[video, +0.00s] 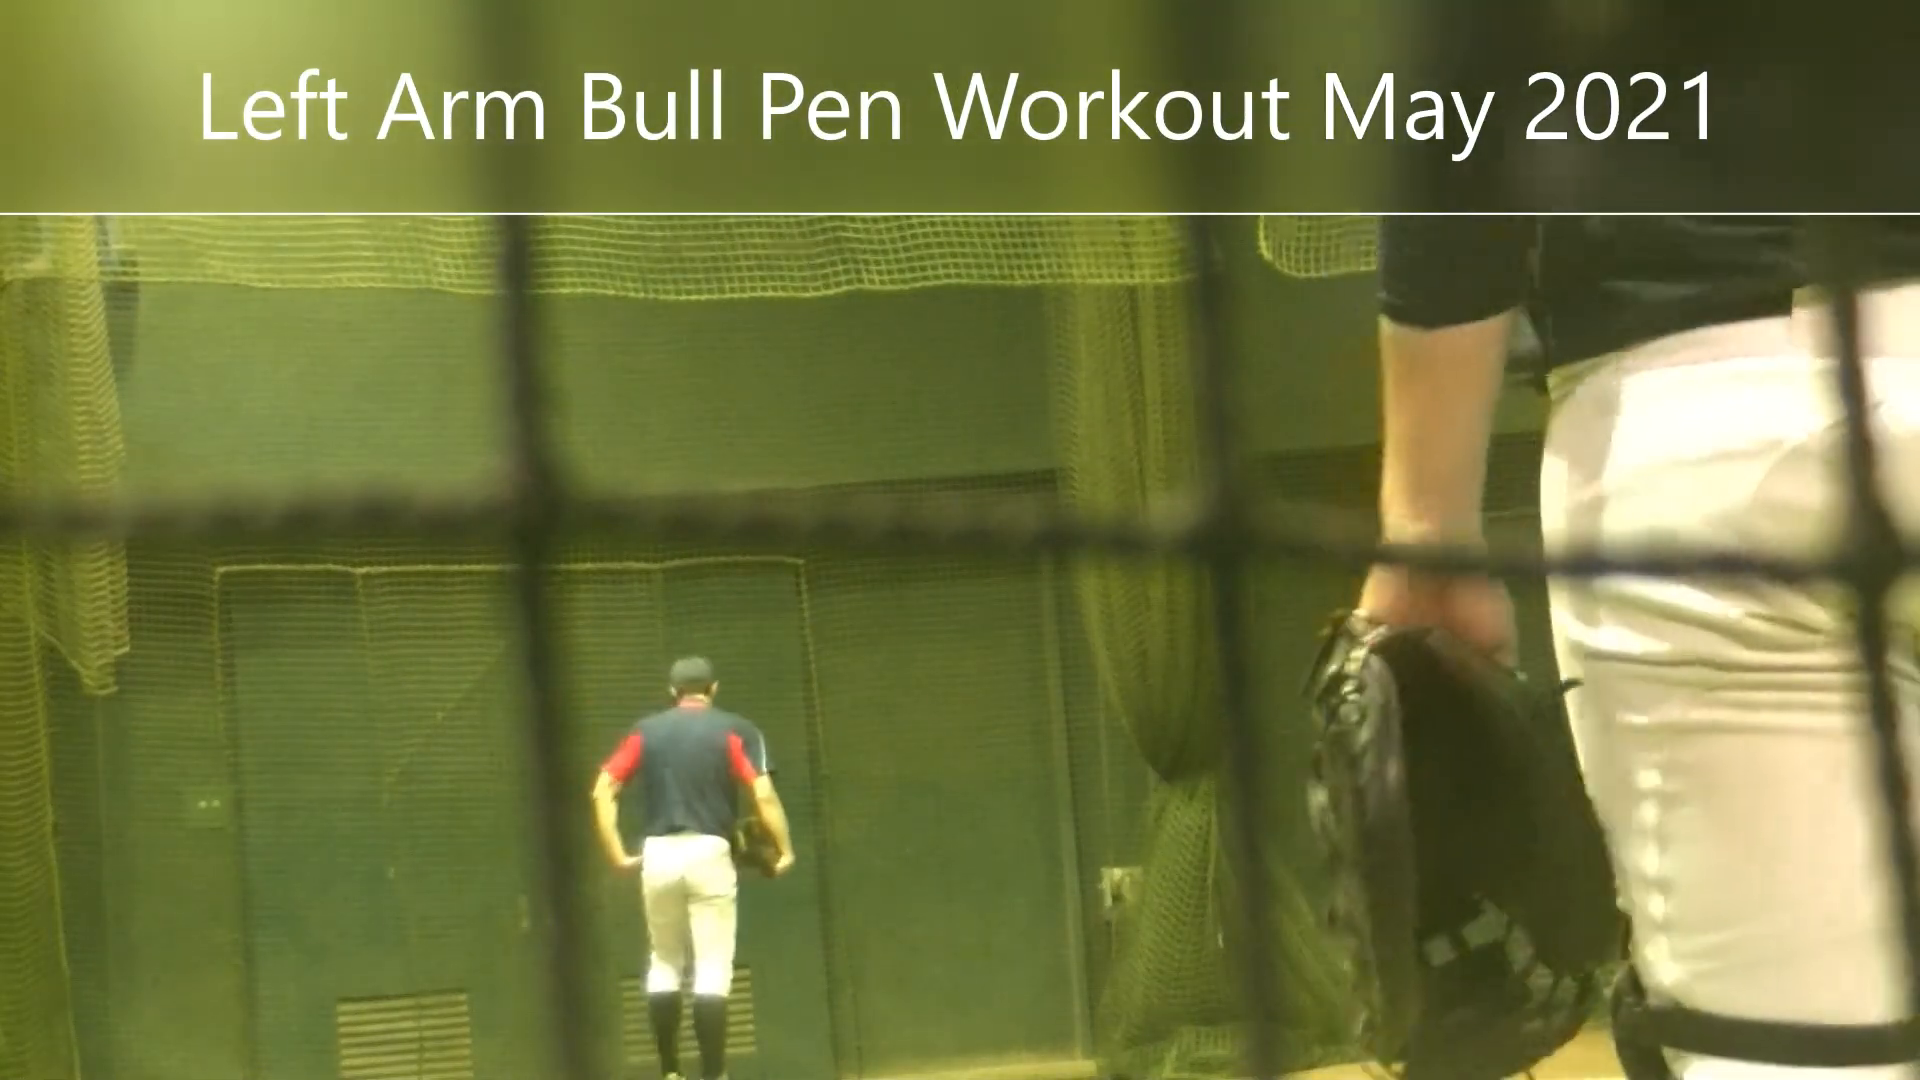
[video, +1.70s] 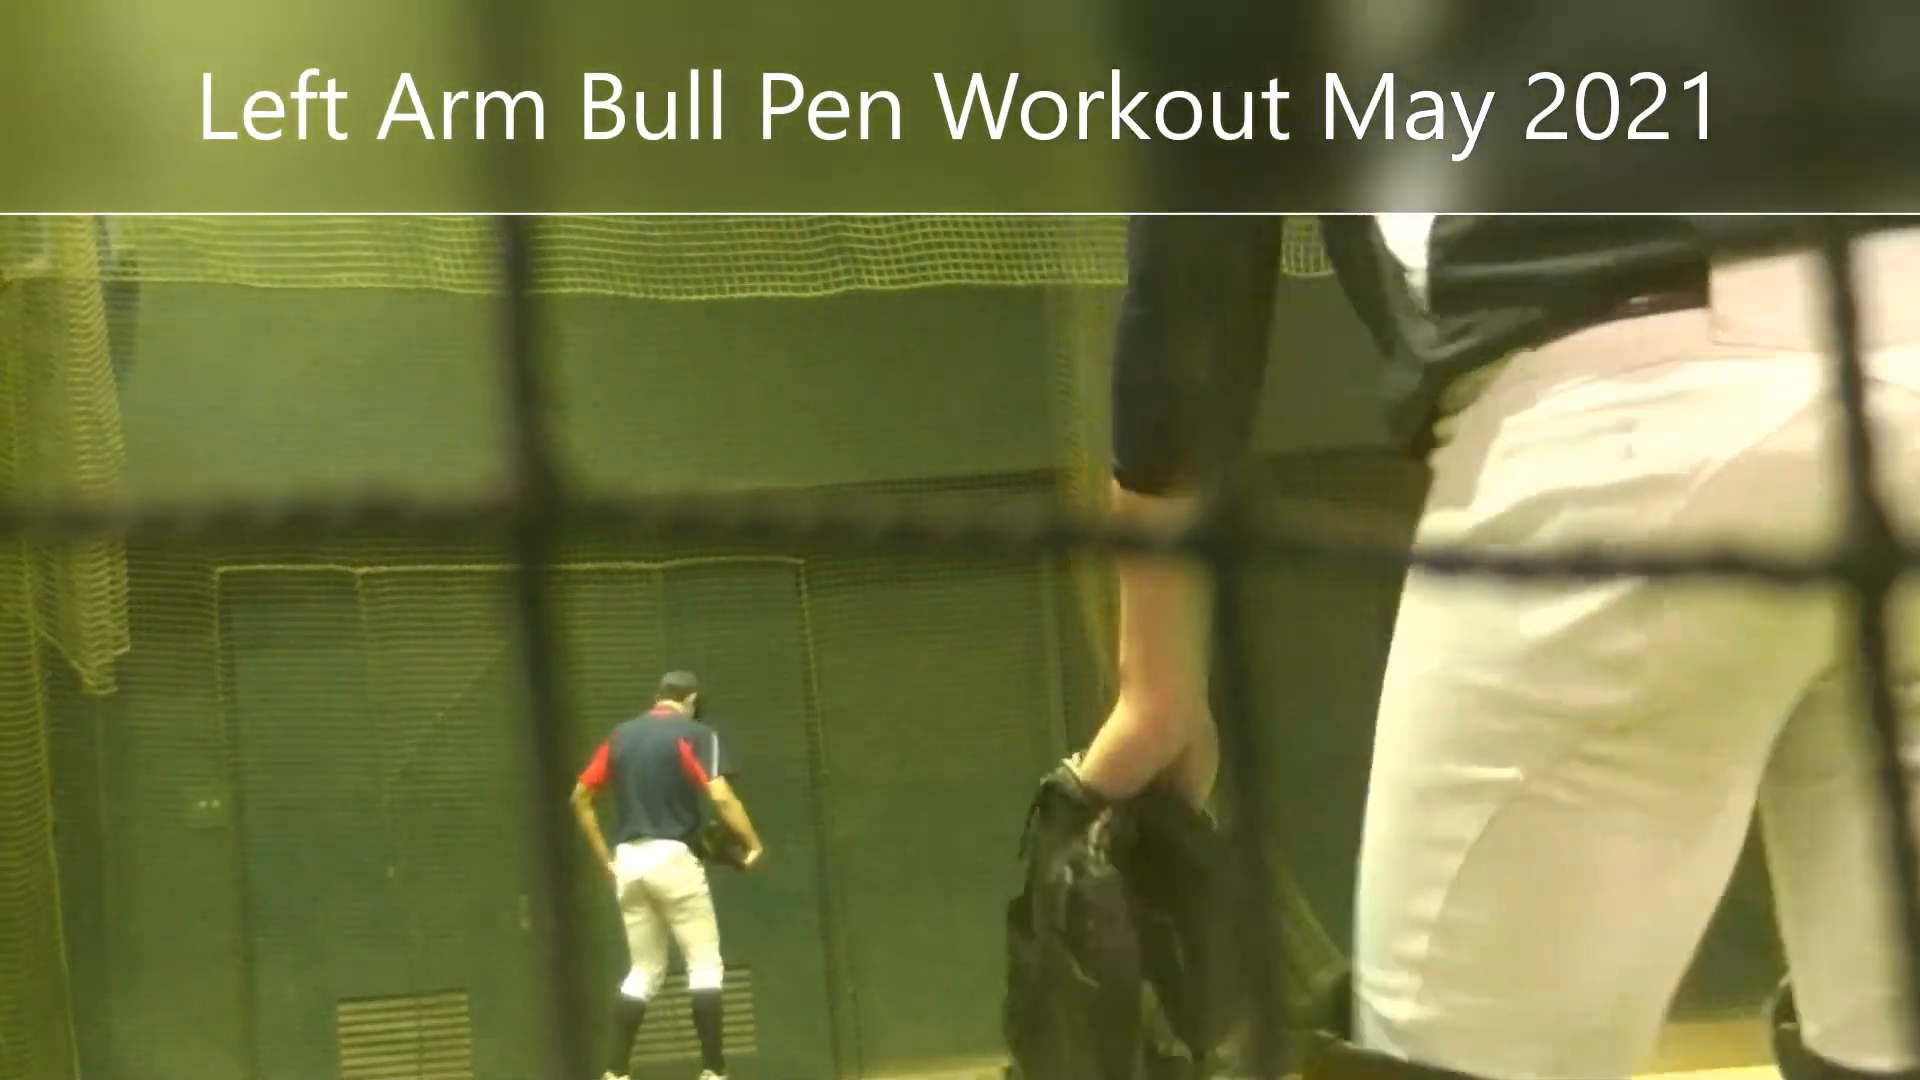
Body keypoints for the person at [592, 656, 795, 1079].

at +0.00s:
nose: (702, 695)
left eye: (684, 689)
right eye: (709, 688)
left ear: (673, 692)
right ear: (713, 690)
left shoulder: (647, 730)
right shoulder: (734, 731)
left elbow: (603, 789)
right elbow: (764, 796)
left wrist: (617, 856)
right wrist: (784, 850)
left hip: (659, 856)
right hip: (710, 856)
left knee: (664, 958)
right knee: (713, 963)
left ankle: (669, 1069)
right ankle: (713, 1072)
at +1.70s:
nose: (696, 709)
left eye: (695, 704)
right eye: (696, 704)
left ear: (657, 699)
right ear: (690, 700)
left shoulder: (621, 735)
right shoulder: (695, 733)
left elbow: (580, 797)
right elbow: (719, 795)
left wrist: (605, 859)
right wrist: (753, 842)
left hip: (627, 860)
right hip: (673, 859)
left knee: (644, 967)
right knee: (704, 960)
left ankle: (616, 1070)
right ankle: (713, 1068)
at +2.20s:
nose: (655, 720)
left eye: (659, 713)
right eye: (658, 711)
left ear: (635, 695)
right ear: (644, 697)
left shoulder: (595, 731)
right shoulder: (622, 733)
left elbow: (607, 802)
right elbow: (614, 804)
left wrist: (654, 825)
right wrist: (658, 847)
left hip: (585, 858)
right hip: (614, 858)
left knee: (614, 969)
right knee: (655, 959)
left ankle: (606, 1071)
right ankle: (644, 1066)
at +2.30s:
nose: (651, 718)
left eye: (654, 711)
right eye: (652, 709)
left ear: (630, 696)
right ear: (637, 697)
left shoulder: (599, 731)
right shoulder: (613, 734)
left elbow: (626, 785)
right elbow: (601, 807)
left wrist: (682, 792)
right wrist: (646, 851)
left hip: (589, 859)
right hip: (607, 859)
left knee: (615, 968)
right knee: (640, 962)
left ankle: (601, 1066)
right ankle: (620, 1067)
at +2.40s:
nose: (646, 718)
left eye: (650, 710)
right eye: (647, 709)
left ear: (629, 698)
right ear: (630, 698)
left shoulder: (607, 732)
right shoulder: (604, 736)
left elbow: (633, 767)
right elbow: (587, 809)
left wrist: (696, 765)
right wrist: (633, 853)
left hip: (607, 863)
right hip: (601, 865)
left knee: (621, 965)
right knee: (627, 964)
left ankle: (600, 1064)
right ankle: (604, 1066)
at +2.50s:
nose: (647, 718)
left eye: (650, 710)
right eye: (646, 708)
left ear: (629, 701)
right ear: (626, 698)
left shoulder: (612, 739)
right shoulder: (598, 739)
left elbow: (653, 755)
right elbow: (572, 808)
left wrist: (708, 735)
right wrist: (616, 855)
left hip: (619, 868)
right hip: (595, 867)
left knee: (625, 975)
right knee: (617, 975)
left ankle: (607, 1069)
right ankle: (600, 1070)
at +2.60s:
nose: (649, 717)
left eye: (651, 709)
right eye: (646, 707)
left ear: (631, 705)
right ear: (624, 700)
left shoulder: (621, 746)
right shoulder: (589, 749)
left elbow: (677, 757)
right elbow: (560, 816)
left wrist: (724, 720)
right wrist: (599, 858)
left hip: (620, 877)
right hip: (587, 878)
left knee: (628, 979)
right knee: (602, 980)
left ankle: (611, 1070)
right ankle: (593, 1073)